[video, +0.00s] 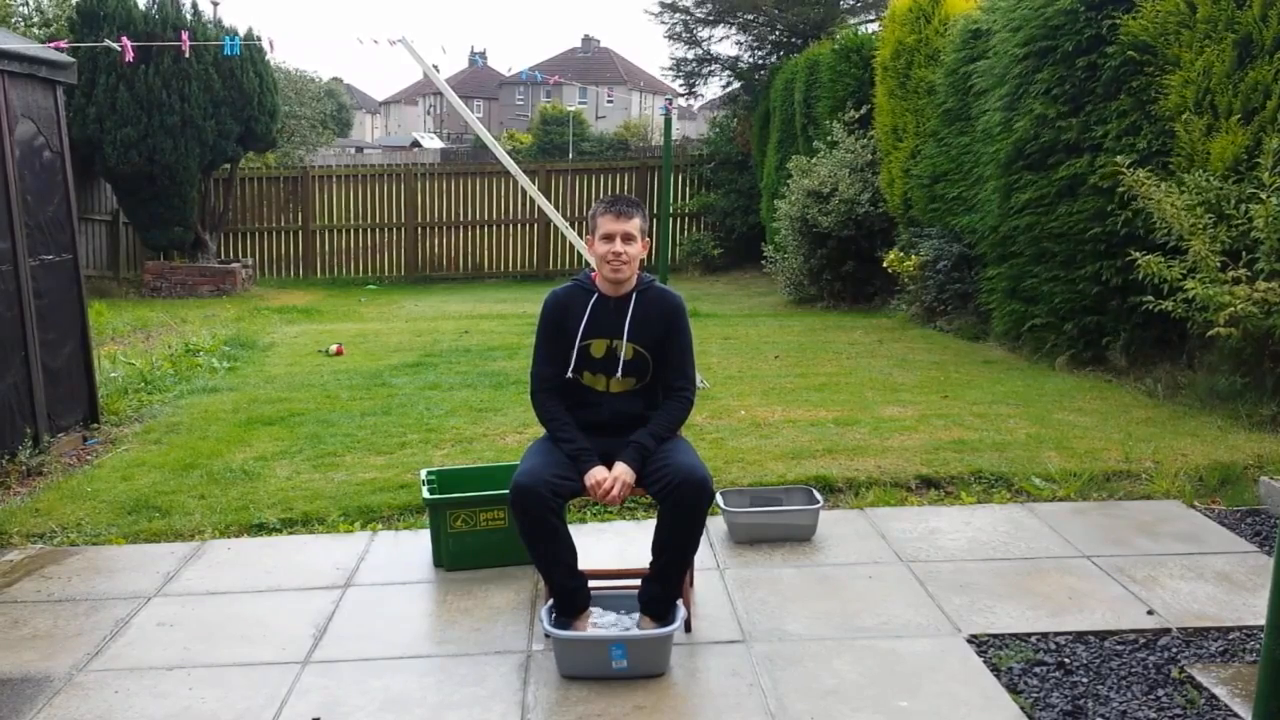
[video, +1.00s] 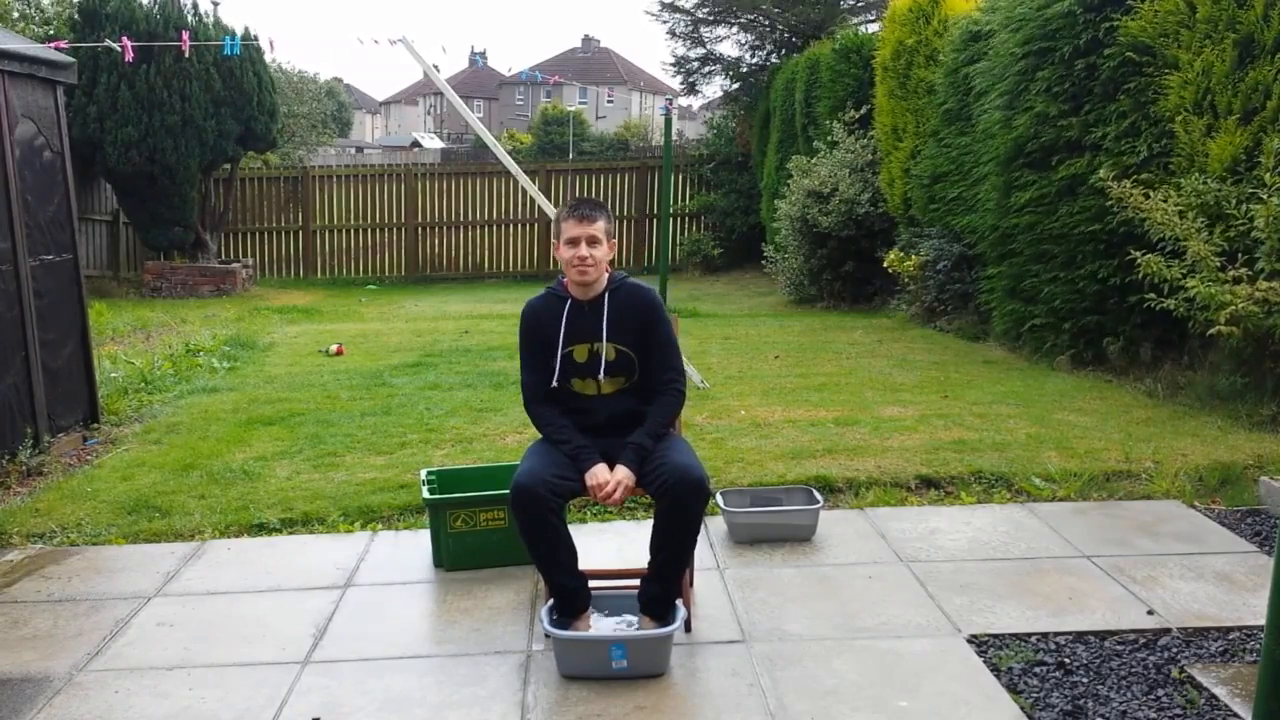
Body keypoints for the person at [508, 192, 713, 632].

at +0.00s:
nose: (617, 249)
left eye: (628, 239)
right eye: (606, 239)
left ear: (644, 248)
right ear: (589, 246)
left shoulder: (666, 306)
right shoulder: (562, 304)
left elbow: (680, 395)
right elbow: (544, 392)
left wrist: (632, 458)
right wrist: (587, 461)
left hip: (648, 435)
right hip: (574, 437)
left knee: (693, 485)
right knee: (528, 489)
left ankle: (657, 606)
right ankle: (573, 606)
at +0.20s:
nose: (617, 249)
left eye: (628, 239)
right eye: (606, 239)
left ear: (644, 247)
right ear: (589, 246)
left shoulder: (666, 306)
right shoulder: (562, 304)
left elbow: (680, 394)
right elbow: (545, 393)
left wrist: (633, 458)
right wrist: (587, 462)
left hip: (648, 435)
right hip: (574, 437)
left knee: (693, 484)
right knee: (528, 489)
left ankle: (657, 605)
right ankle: (572, 605)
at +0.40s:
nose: (616, 249)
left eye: (627, 239)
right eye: (606, 239)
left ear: (644, 247)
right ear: (589, 246)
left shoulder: (666, 306)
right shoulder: (562, 304)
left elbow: (679, 395)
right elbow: (545, 393)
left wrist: (632, 459)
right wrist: (587, 461)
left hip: (648, 435)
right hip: (574, 437)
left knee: (693, 484)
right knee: (528, 489)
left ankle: (657, 604)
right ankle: (572, 605)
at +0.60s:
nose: (615, 250)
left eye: (626, 240)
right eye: (605, 240)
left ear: (643, 247)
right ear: (588, 246)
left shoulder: (664, 305)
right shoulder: (560, 305)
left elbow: (679, 394)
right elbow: (545, 393)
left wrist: (633, 459)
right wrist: (587, 461)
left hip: (648, 435)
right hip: (574, 437)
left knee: (693, 484)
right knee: (528, 489)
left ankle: (657, 605)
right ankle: (572, 605)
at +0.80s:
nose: (602, 251)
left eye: (613, 241)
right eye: (592, 240)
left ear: (630, 248)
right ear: (576, 246)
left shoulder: (655, 304)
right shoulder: (552, 308)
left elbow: (676, 392)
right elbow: (543, 396)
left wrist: (632, 460)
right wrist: (588, 461)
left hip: (646, 435)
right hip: (572, 439)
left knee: (692, 484)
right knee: (528, 489)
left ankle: (657, 605)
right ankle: (572, 605)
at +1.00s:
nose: (582, 253)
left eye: (593, 242)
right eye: (571, 243)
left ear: (611, 249)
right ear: (557, 251)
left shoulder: (642, 303)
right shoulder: (540, 312)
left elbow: (671, 388)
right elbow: (537, 400)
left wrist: (631, 460)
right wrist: (588, 459)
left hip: (643, 435)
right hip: (570, 439)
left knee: (689, 483)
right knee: (527, 489)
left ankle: (658, 603)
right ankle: (572, 603)